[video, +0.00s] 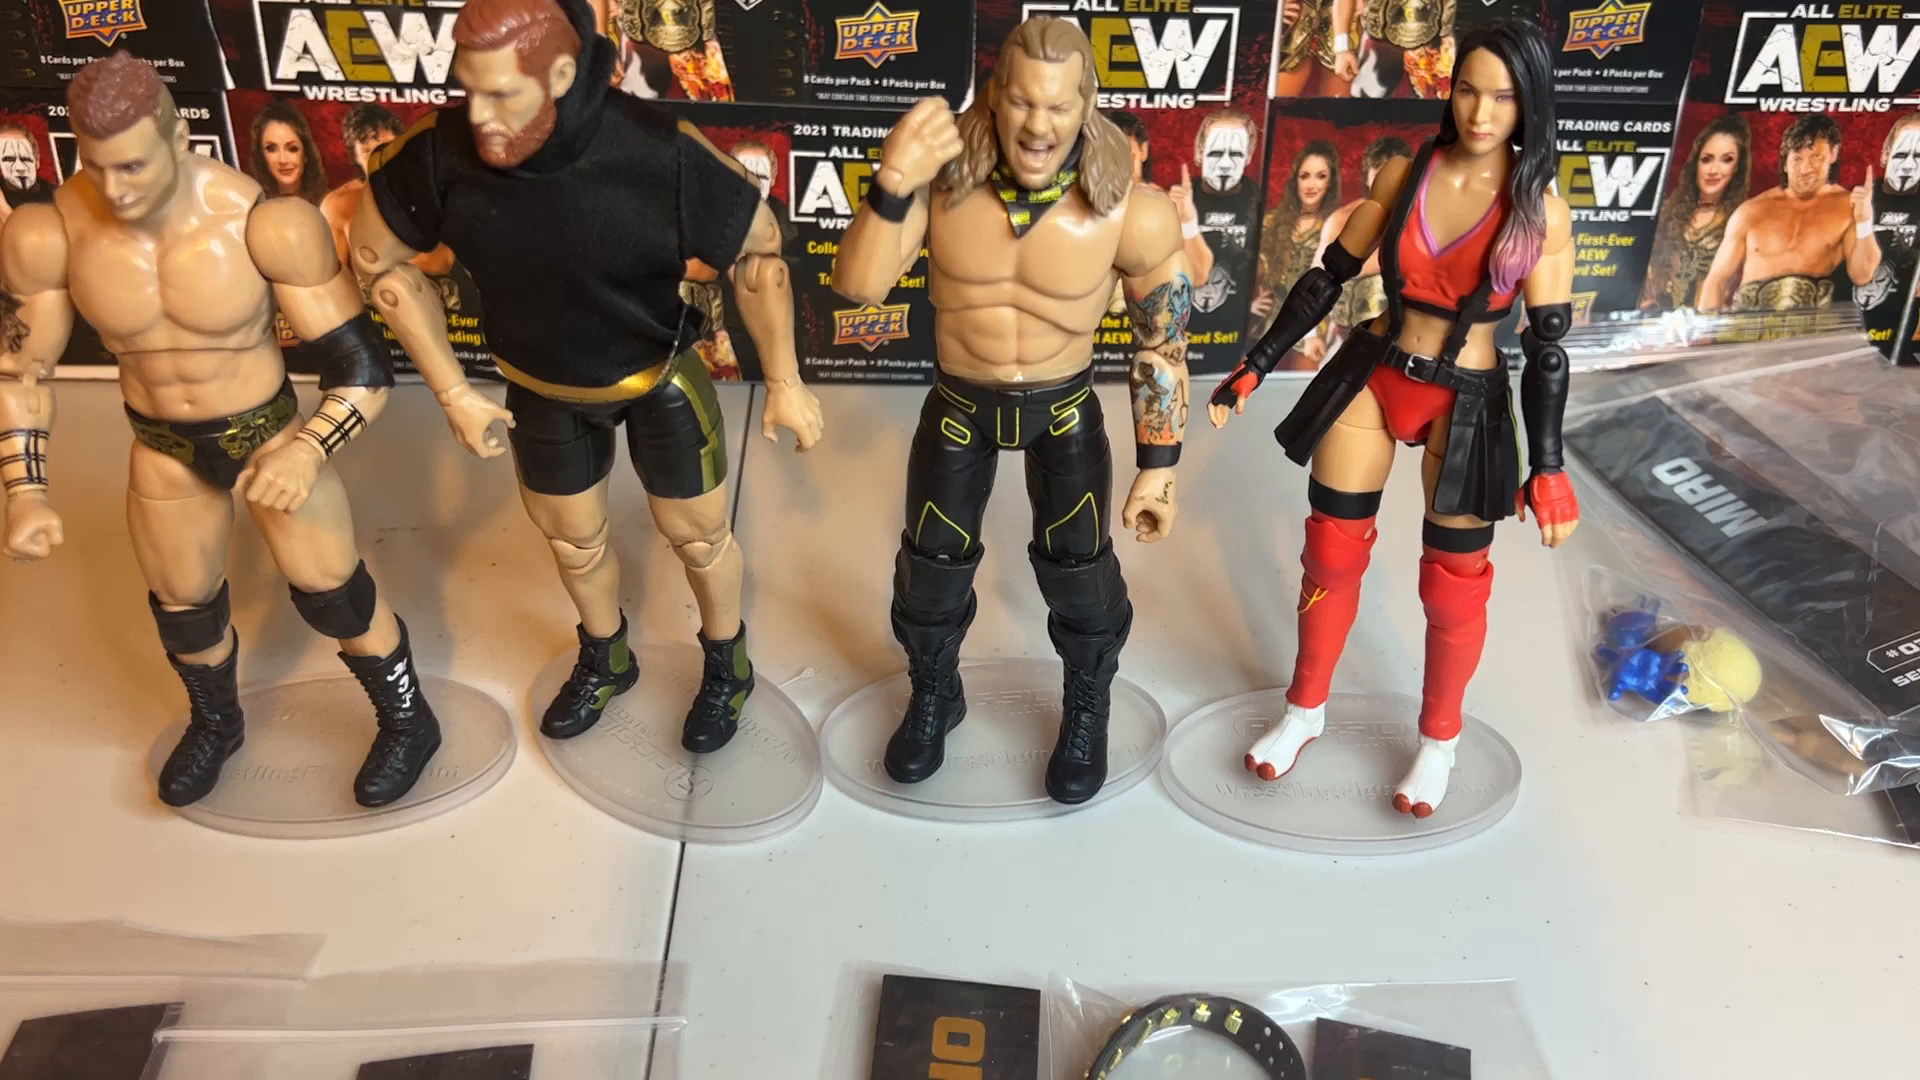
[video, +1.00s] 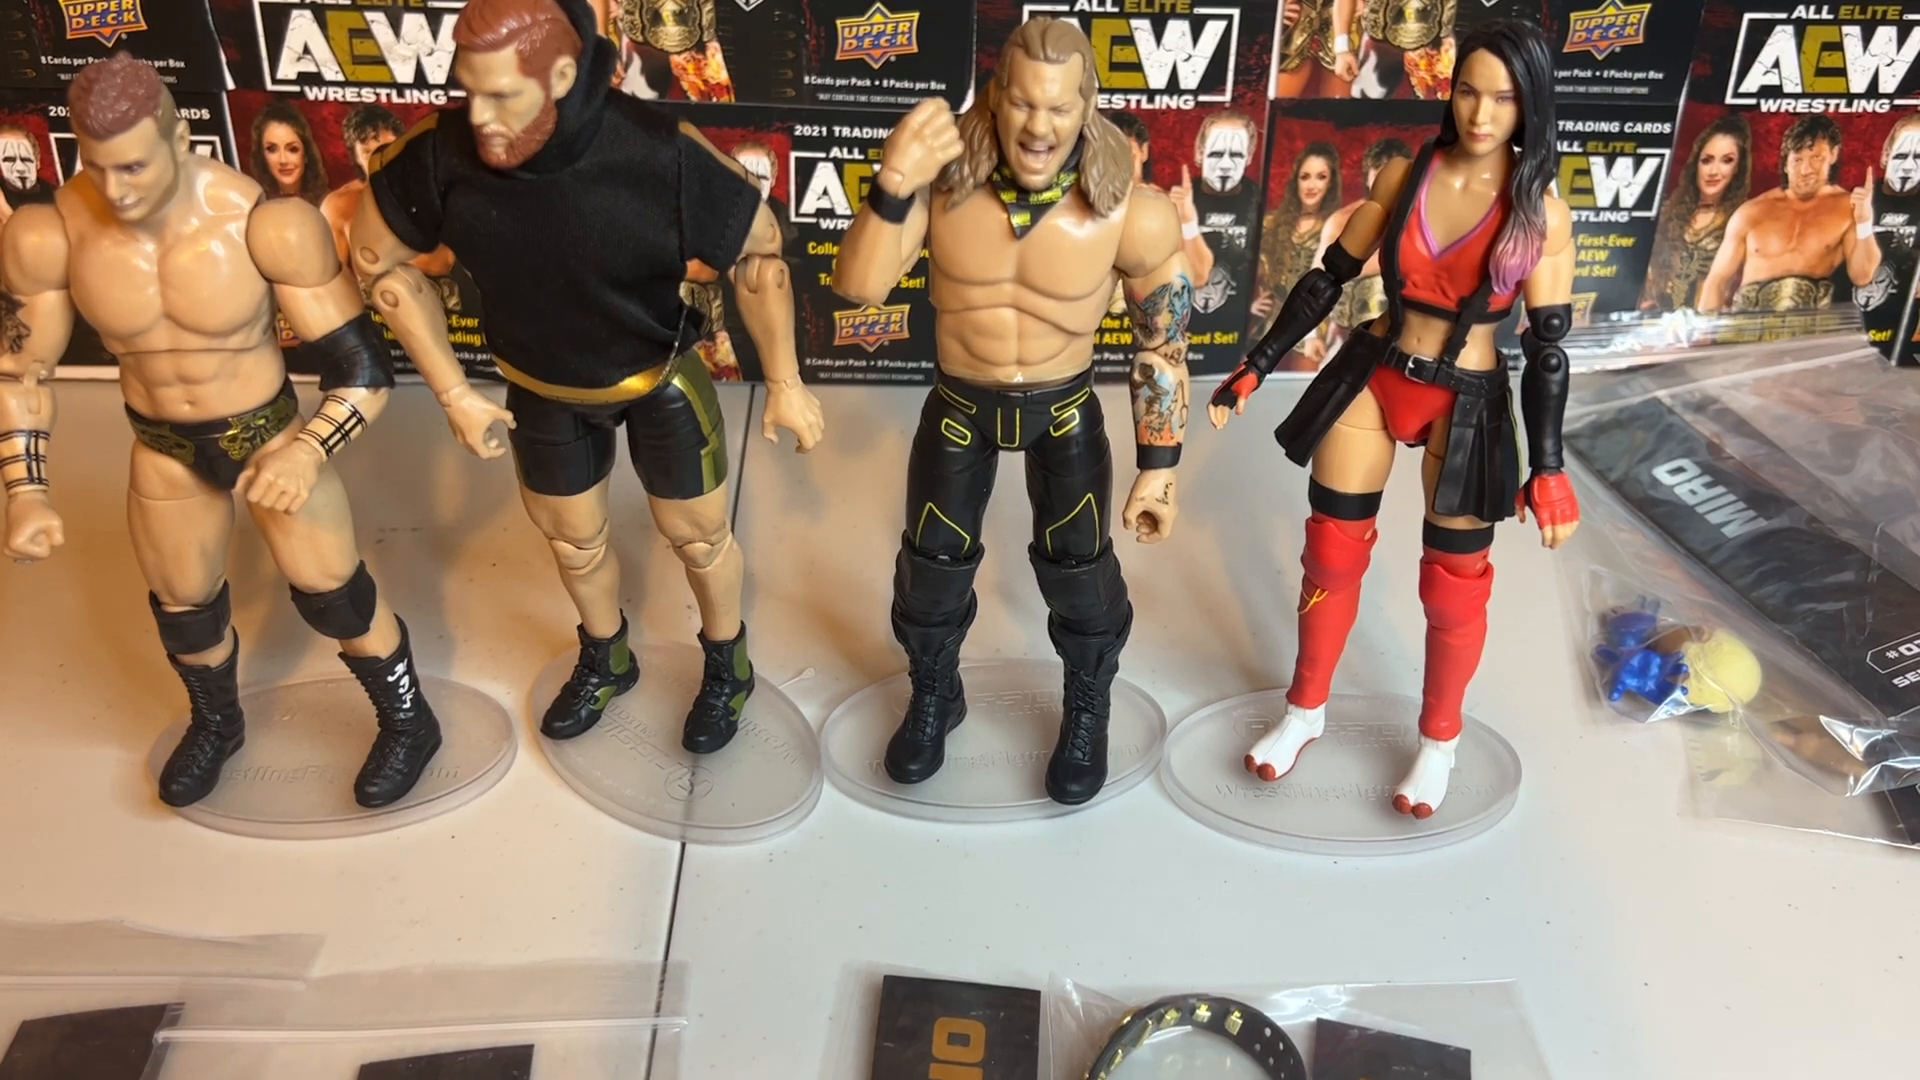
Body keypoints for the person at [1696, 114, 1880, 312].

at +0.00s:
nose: (1806, 168)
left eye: (1816, 157)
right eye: (1797, 159)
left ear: (1833, 155)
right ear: (1785, 160)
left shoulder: (1847, 205)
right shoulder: (1750, 211)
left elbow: (1861, 276)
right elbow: (1717, 280)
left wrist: (1864, 222)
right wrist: (1704, 335)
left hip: (1810, 314)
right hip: (1748, 312)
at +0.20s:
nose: (1806, 169)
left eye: (1816, 157)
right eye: (1797, 159)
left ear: (1833, 155)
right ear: (1785, 161)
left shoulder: (1847, 206)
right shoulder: (1750, 211)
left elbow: (1861, 277)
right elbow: (1717, 281)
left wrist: (1864, 222)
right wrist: (1704, 335)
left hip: (1809, 315)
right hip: (1747, 313)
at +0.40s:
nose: (1806, 169)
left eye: (1817, 158)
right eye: (1797, 160)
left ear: (1834, 156)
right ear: (1785, 162)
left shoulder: (1848, 206)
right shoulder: (1751, 212)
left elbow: (1862, 277)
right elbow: (1717, 281)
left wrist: (1864, 223)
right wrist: (1704, 336)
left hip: (1810, 315)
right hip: (1748, 312)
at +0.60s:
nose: (1806, 170)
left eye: (1817, 158)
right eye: (1798, 160)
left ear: (1834, 156)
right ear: (1785, 162)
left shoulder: (1848, 207)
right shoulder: (1751, 212)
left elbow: (1862, 278)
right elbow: (1718, 281)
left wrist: (1864, 224)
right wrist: (1705, 335)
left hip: (1810, 314)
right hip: (1749, 311)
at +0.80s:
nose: (1806, 170)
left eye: (1817, 158)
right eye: (1797, 160)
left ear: (1833, 156)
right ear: (1785, 162)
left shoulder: (1848, 207)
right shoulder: (1750, 212)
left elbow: (1862, 277)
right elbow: (1718, 281)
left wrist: (1864, 223)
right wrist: (1704, 336)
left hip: (1810, 315)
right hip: (1748, 312)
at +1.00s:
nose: (1806, 169)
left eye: (1816, 158)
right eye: (1797, 160)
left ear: (1833, 156)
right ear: (1785, 162)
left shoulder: (1847, 206)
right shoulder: (1750, 212)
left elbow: (1861, 277)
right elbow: (1717, 281)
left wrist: (1864, 223)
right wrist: (1704, 335)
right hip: (1748, 311)